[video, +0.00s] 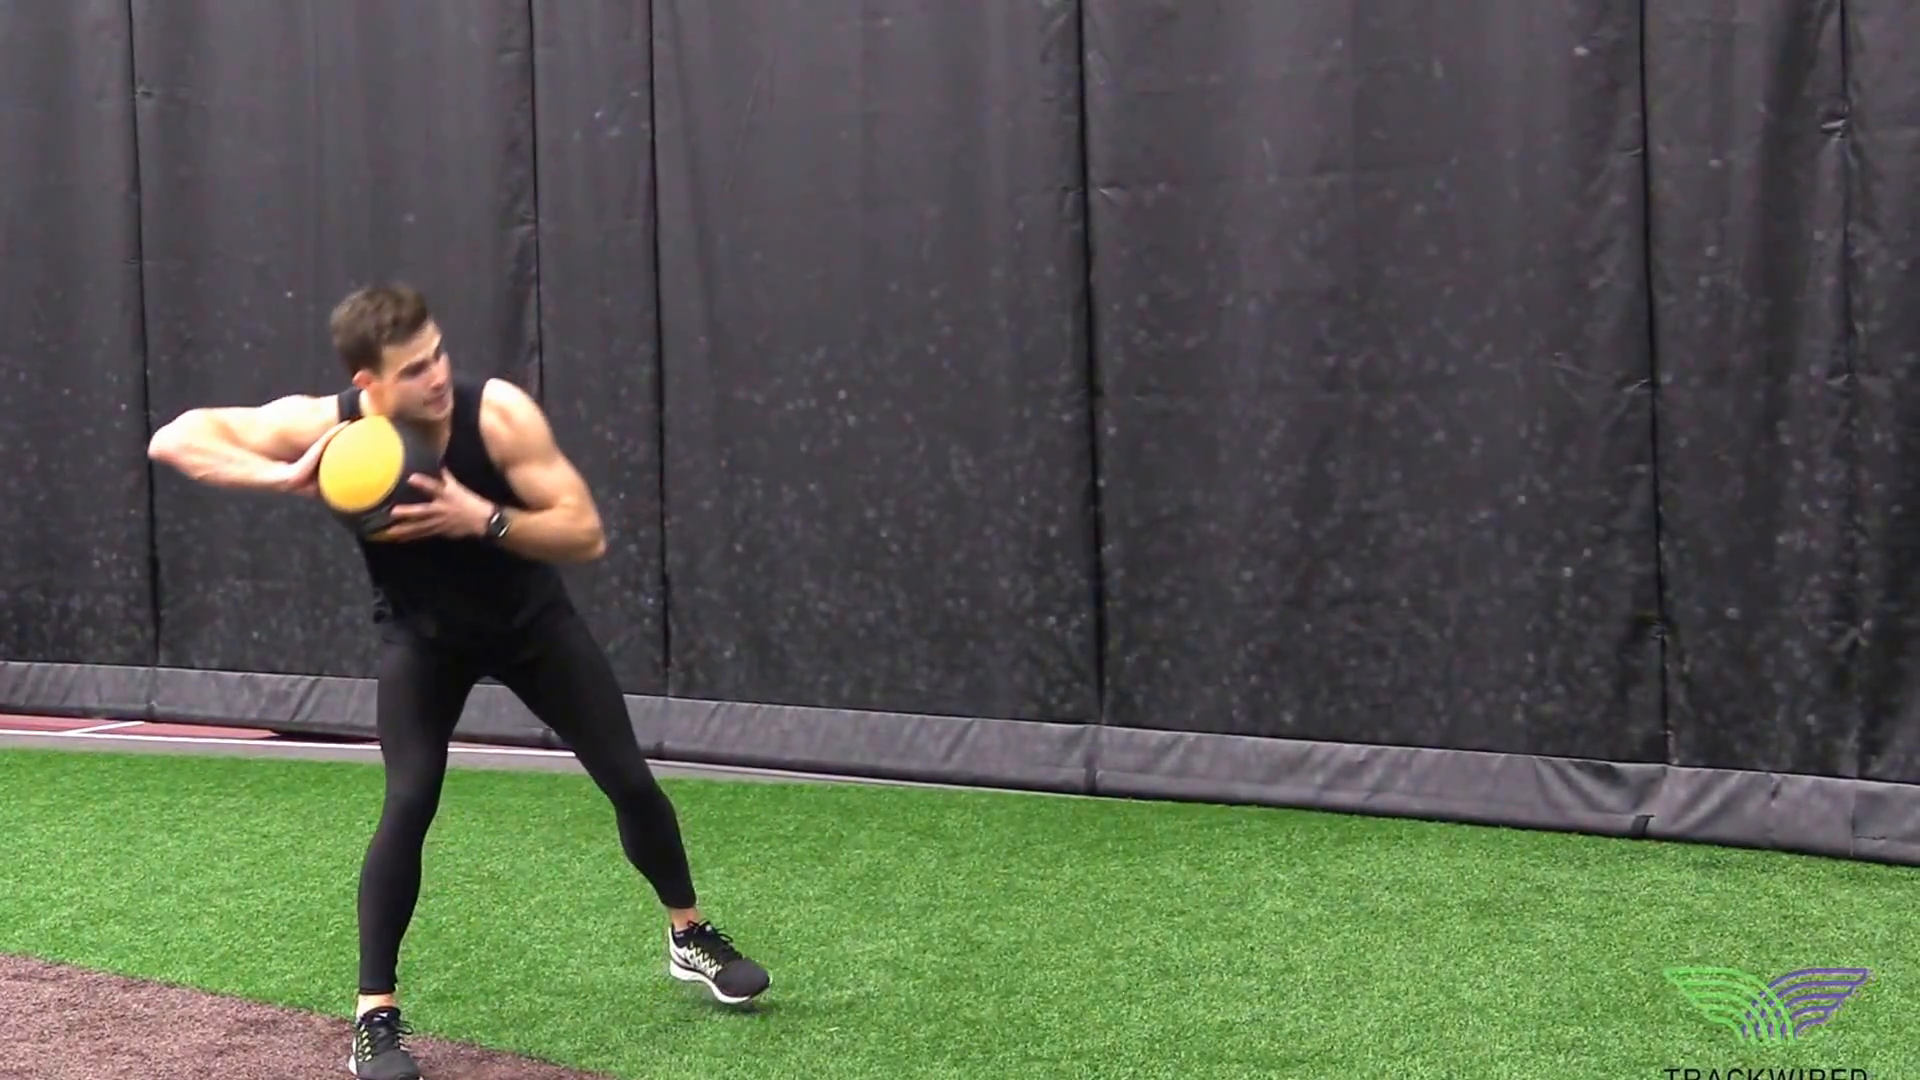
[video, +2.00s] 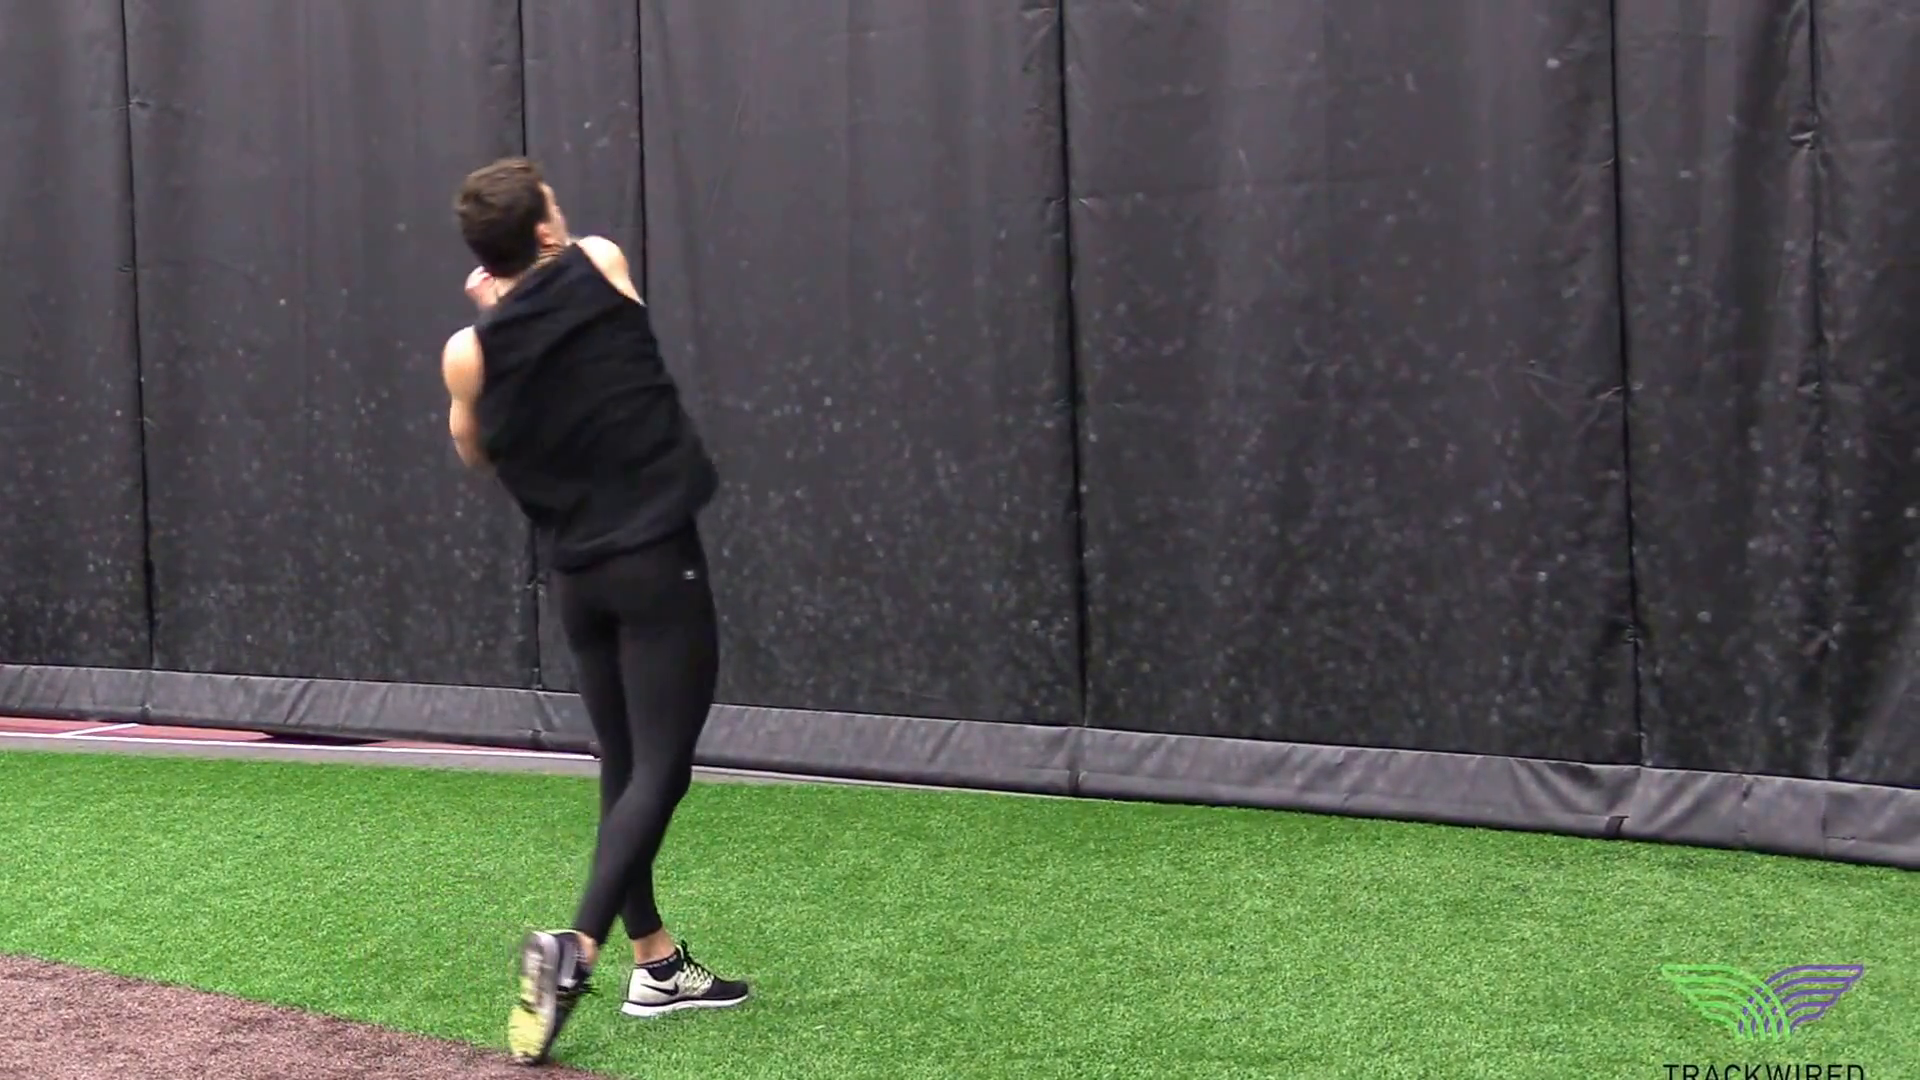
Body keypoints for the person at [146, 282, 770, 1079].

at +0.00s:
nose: (441, 376)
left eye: (440, 354)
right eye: (417, 368)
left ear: (448, 346)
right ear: (367, 384)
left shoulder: (501, 412)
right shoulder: (328, 427)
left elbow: (585, 535)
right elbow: (172, 441)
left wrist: (486, 518)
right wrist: (275, 473)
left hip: (535, 619)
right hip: (424, 636)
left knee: (631, 781)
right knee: (409, 800)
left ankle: (692, 933)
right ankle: (377, 1011)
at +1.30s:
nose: (494, 338)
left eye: (486, 326)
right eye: (475, 337)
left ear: (481, 339)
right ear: (431, 370)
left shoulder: (529, 382)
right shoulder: (384, 451)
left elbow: (648, 457)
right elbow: (249, 517)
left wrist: (569, 429)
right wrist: (372, 483)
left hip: (539, 651)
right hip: (454, 667)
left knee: (680, 770)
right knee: (492, 822)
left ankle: (657, 965)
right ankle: (390, 1013)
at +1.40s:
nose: (501, 287)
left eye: (493, 276)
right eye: (485, 283)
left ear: (469, 307)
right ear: (450, 316)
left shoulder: (527, 360)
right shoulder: (410, 417)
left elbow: (656, 386)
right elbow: (319, 504)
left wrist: (590, 355)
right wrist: (433, 432)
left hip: (557, 637)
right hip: (487, 651)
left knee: (679, 767)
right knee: (521, 818)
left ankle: (662, 963)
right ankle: (392, 1002)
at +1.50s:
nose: (502, 248)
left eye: (493, 237)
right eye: (488, 243)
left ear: (460, 280)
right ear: (462, 277)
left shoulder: (522, 334)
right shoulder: (447, 378)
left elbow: (627, 338)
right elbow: (430, 448)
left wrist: (607, 294)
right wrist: (530, 347)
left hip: (573, 618)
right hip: (529, 627)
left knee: (665, 763)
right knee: (550, 810)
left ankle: (662, 963)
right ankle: (395, 985)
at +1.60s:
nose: (493, 222)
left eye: (482, 214)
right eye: (482, 218)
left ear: (443, 262)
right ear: (468, 248)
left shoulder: (468, 323)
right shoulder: (489, 330)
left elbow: (557, 310)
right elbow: (581, 308)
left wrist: (596, 241)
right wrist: (641, 219)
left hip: (577, 590)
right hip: (567, 594)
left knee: (640, 766)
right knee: (578, 787)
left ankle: (661, 960)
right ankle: (412, 950)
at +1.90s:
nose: (539, 206)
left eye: (528, 199)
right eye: (533, 200)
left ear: (460, 257)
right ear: (526, 224)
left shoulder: (447, 356)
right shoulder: (584, 257)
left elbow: (493, 434)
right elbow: (625, 164)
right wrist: (627, 146)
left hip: (560, 576)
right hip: (638, 558)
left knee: (615, 771)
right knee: (656, 767)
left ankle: (653, 965)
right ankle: (541, 941)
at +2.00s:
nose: (563, 209)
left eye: (548, 202)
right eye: (554, 204)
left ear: (478, 250)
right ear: (547, 224)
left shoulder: (469, 353)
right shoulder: (605, 269)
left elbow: (473, 449)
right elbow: (575, 286)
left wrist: (494, 324)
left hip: (578, 577)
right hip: (659, 563)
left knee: (622, 773)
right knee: (663, 770)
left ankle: (656, 963)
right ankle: (576, 945)